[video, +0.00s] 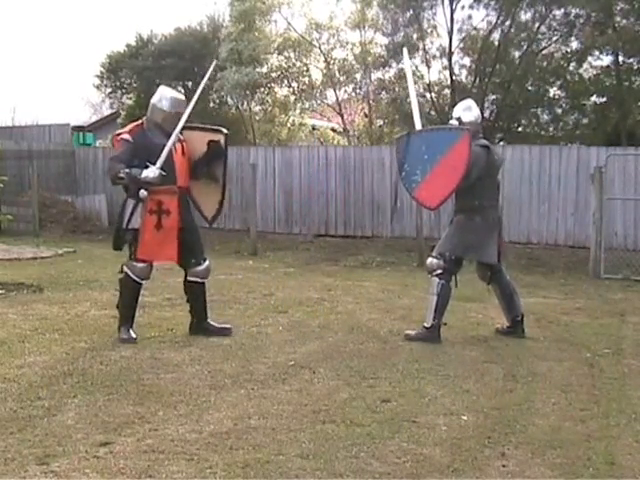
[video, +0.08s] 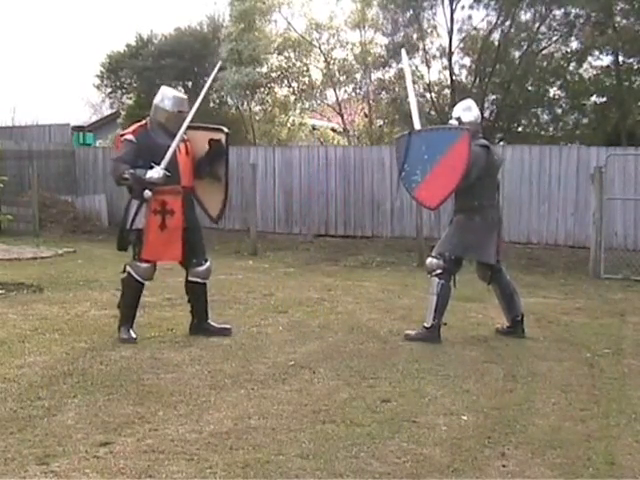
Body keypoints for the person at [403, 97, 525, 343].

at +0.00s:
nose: (455, 128)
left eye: (458, 123)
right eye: (456, 123)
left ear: (464, 124)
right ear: (478, 124)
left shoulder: (471, 152)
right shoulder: (490, 151)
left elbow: (455, 180)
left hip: (469, 220)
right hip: (489, 219)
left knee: (442, 267)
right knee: (491, 269)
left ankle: (432, 327)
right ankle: (516, 322)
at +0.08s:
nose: (455, 128)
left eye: (457, 123)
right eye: (455, 123)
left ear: (464, 124)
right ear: (478, 124)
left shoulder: (472, 151)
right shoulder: (489, 151)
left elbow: (455, 180)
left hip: (469, 219)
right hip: (489, 219)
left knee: (441, 266)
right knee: (490, 269)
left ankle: (432, 327)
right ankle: (516, 322)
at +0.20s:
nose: (455, 128)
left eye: (457, 123)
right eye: (456, 124)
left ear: (464, 124)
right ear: (478, 124)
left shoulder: (470, 152)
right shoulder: (489, 151)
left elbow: (453, 180)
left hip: (468, 219)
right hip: (488, 219)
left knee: (441, 266)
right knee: (490, 269)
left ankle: (432, 327)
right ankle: (516, 321)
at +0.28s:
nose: (454, 128)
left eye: (456, 124)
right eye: (454, 124)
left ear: (464, 124)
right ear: (477, 124)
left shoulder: (471, 151)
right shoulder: (488, 150)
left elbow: (454, 180)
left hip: (469, 219)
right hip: (488, 219)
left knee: (441, 266)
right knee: (490, 269)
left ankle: (432, 327)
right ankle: (516, 321)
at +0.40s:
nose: (453, 127)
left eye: (455, 123)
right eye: (453, 123)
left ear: (461, 124)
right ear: (476, 124)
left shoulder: (467, 152)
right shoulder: (489, 151)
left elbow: (452, 180)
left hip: (466, 220)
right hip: (487, 220)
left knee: (441, 268)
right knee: (492, 270)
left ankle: (432, 327)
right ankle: (516, 322)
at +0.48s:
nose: (452, 126)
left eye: (454, 122)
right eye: (453, 122)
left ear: (460, 123)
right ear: (476, 122)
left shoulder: (466, 150)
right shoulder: (487, 149)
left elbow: (451, 181)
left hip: (465, 219)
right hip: (487, 219)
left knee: (442, 268)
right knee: (489, 270)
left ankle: (433, 327)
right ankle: (515, 322)